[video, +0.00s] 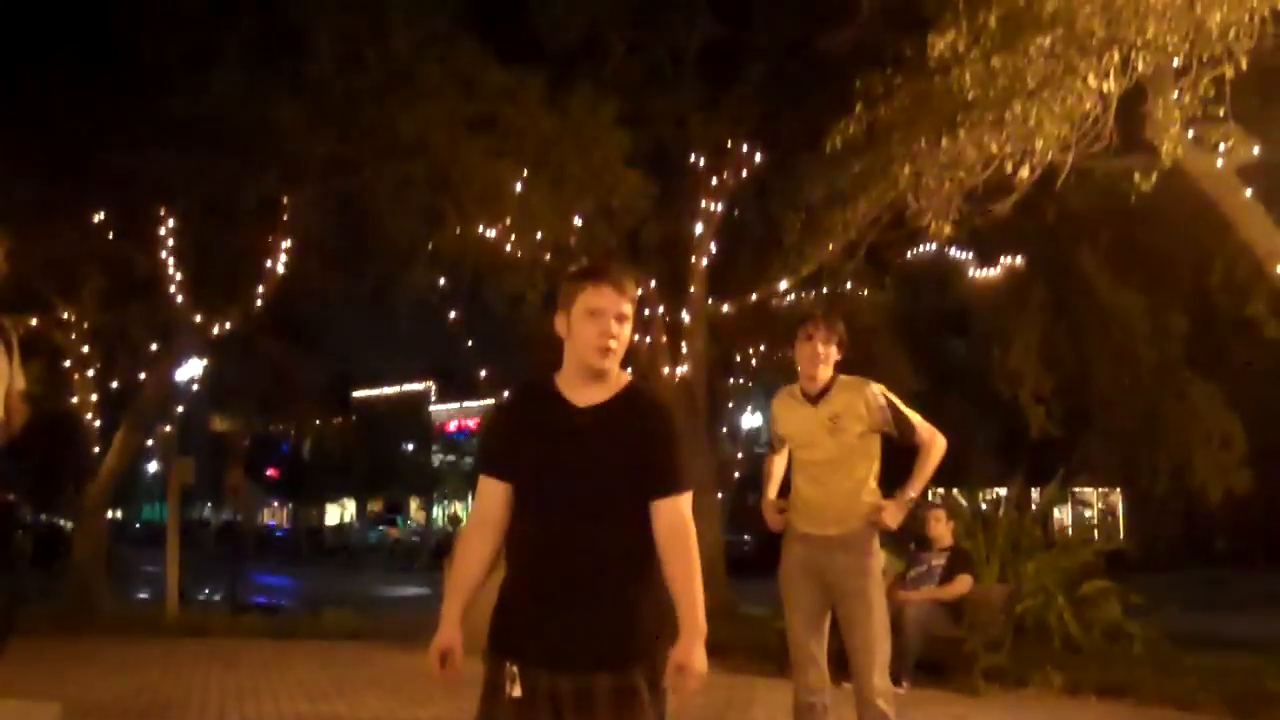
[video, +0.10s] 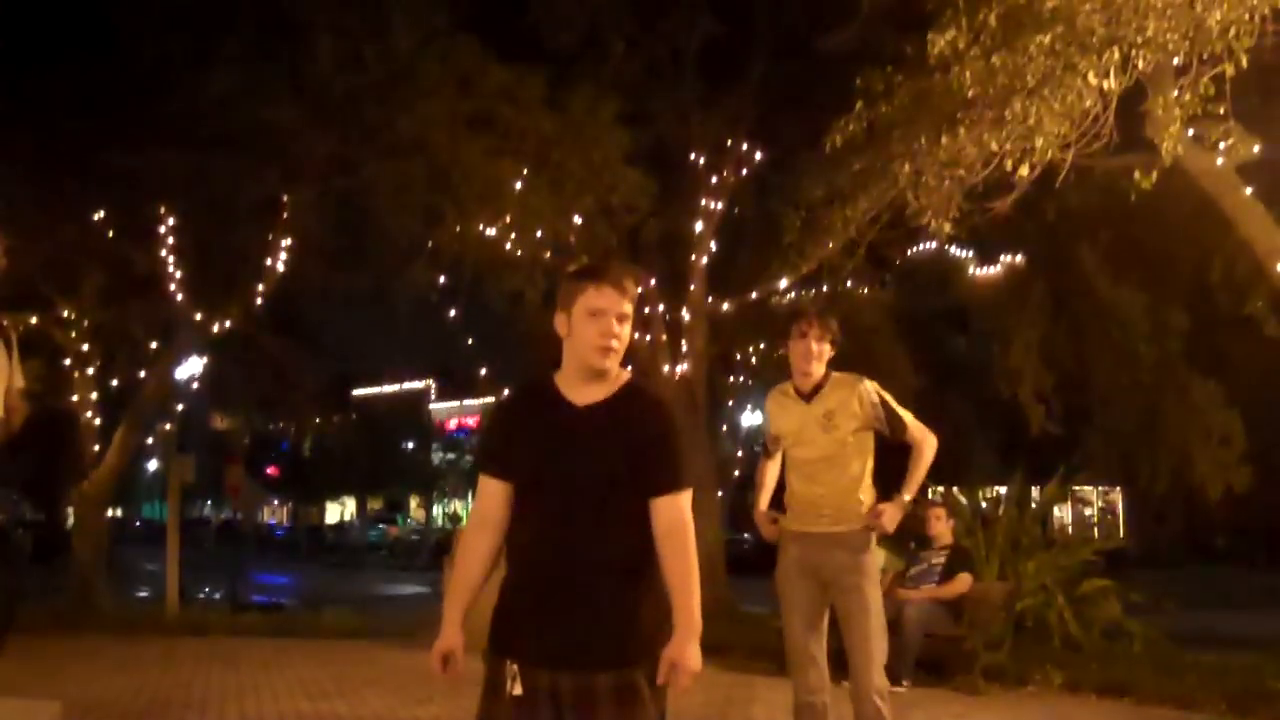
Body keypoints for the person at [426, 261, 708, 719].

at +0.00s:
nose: (609, 329)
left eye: (621, 318)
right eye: (594, 314)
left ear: (632, 332)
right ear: (562, 323)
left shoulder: (650, 418)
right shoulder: (519, 414)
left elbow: (675, 529)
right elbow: (486, 521)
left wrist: (693, 632)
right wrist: (450, 617)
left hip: (624, 649)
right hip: (527, 648)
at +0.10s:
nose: (611, 330)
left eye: (622, 318)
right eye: (595, 315)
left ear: (632, 330)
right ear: (562, 322)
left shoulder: (650, 417)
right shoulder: (518, 414)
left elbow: (674, 528)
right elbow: (486, 522)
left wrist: (687, 631)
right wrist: (452, 621)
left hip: (623, 651)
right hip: (526, 649)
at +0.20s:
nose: (622, 333)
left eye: (629, 322)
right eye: (607, 318)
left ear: (637, 331)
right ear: (566, 324)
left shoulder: (648, 414)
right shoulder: (517, 413)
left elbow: (673, 526)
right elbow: (487, 522)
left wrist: (683, 629)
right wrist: (454, 623)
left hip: (621, 650)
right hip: (525, 649)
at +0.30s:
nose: (633, 338)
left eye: (637, 325)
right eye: (617, 323)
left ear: (640, 331)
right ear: (572, 328)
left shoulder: (648, 413)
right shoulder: (517, 411)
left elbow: (672, 528)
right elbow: (488, 521)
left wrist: (676, 629)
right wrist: (458, 622)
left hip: (621, 650)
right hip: (525, 647)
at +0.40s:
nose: (635, 338)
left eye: (639, 326)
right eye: (620, 324)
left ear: (642, 331)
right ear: (574, 329)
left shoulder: (649, 414)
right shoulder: (516, 411)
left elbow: (670, 528)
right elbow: (489, 519)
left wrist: (669, 630)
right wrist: (459, 619)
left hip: (621, 651)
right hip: (526, 647)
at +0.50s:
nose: (633, 341)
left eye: (636, 328)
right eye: (618, 326)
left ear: (640, 332)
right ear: (573, 331)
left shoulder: (647, 417)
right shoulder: (514, 416)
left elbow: (666, 533)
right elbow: (483, 524)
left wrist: (662, 634)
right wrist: (452, 623)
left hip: (619, 655)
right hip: (523, 651)